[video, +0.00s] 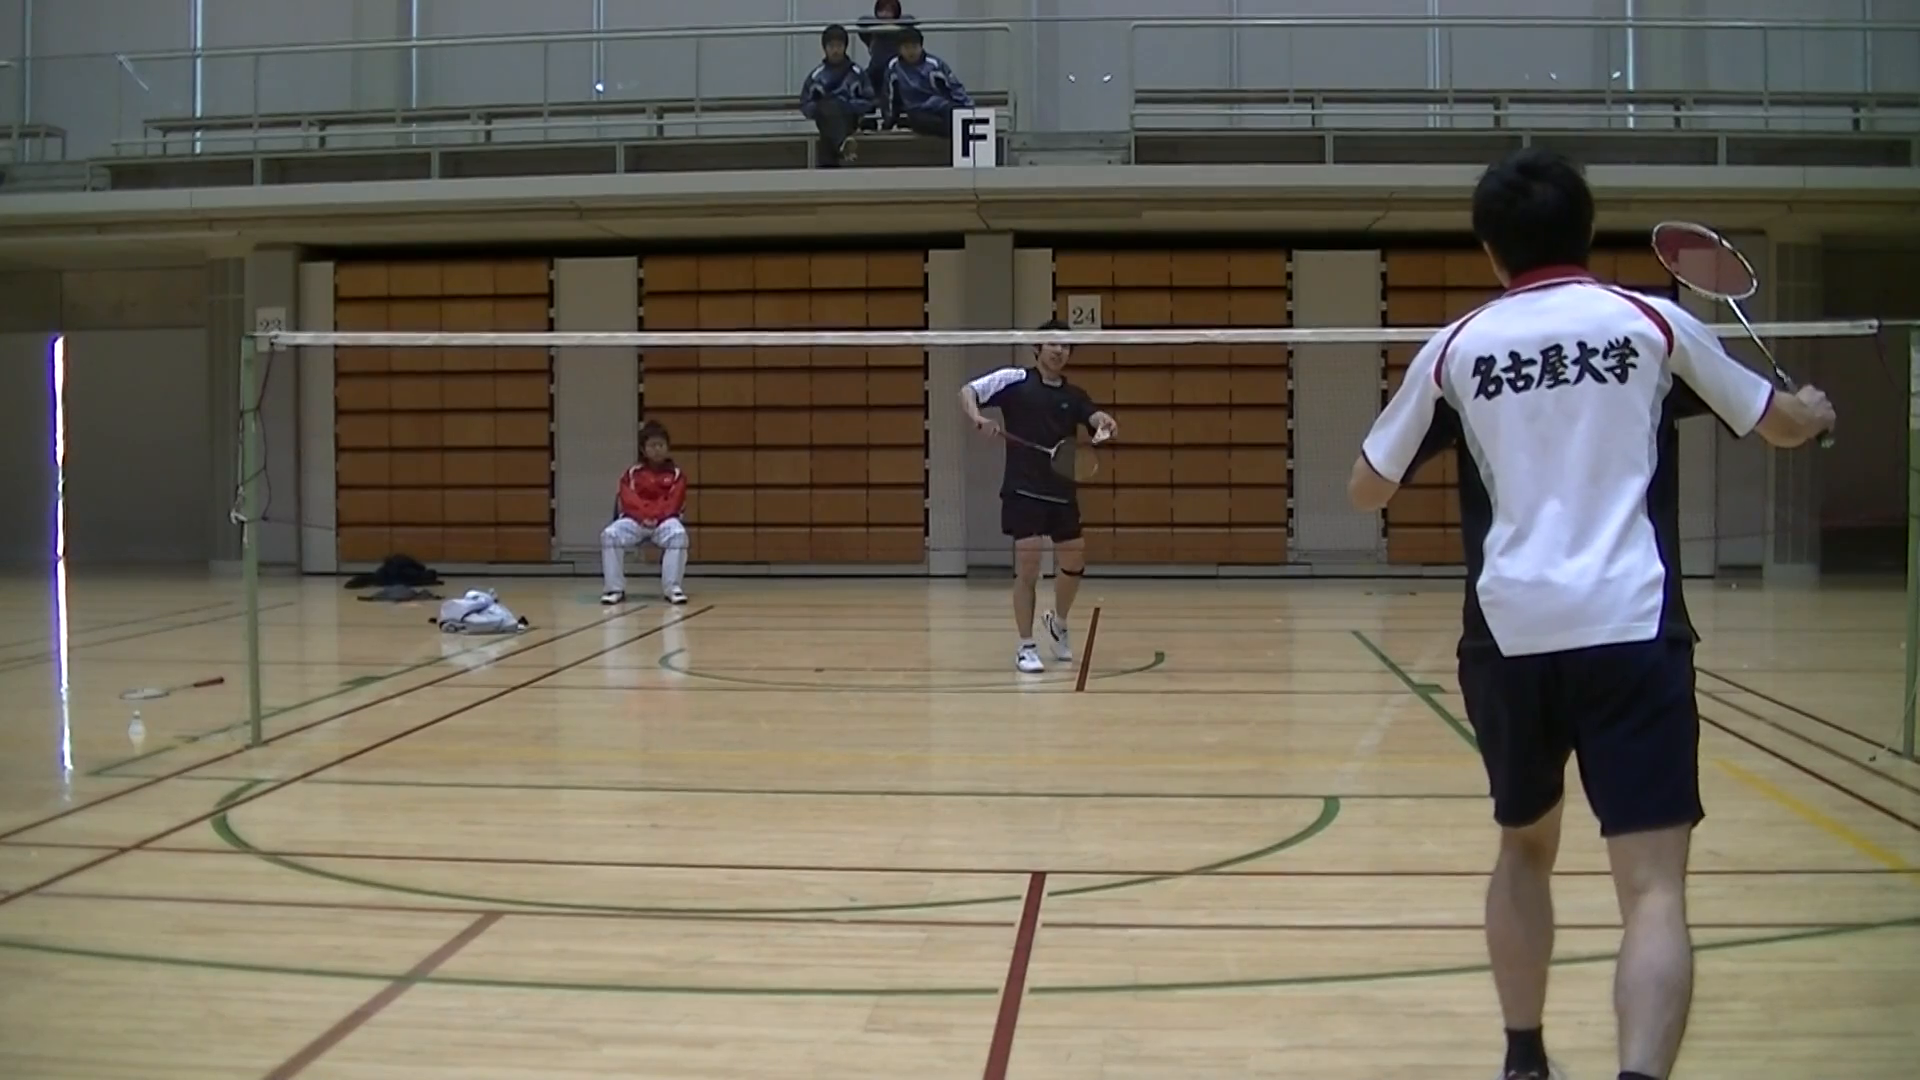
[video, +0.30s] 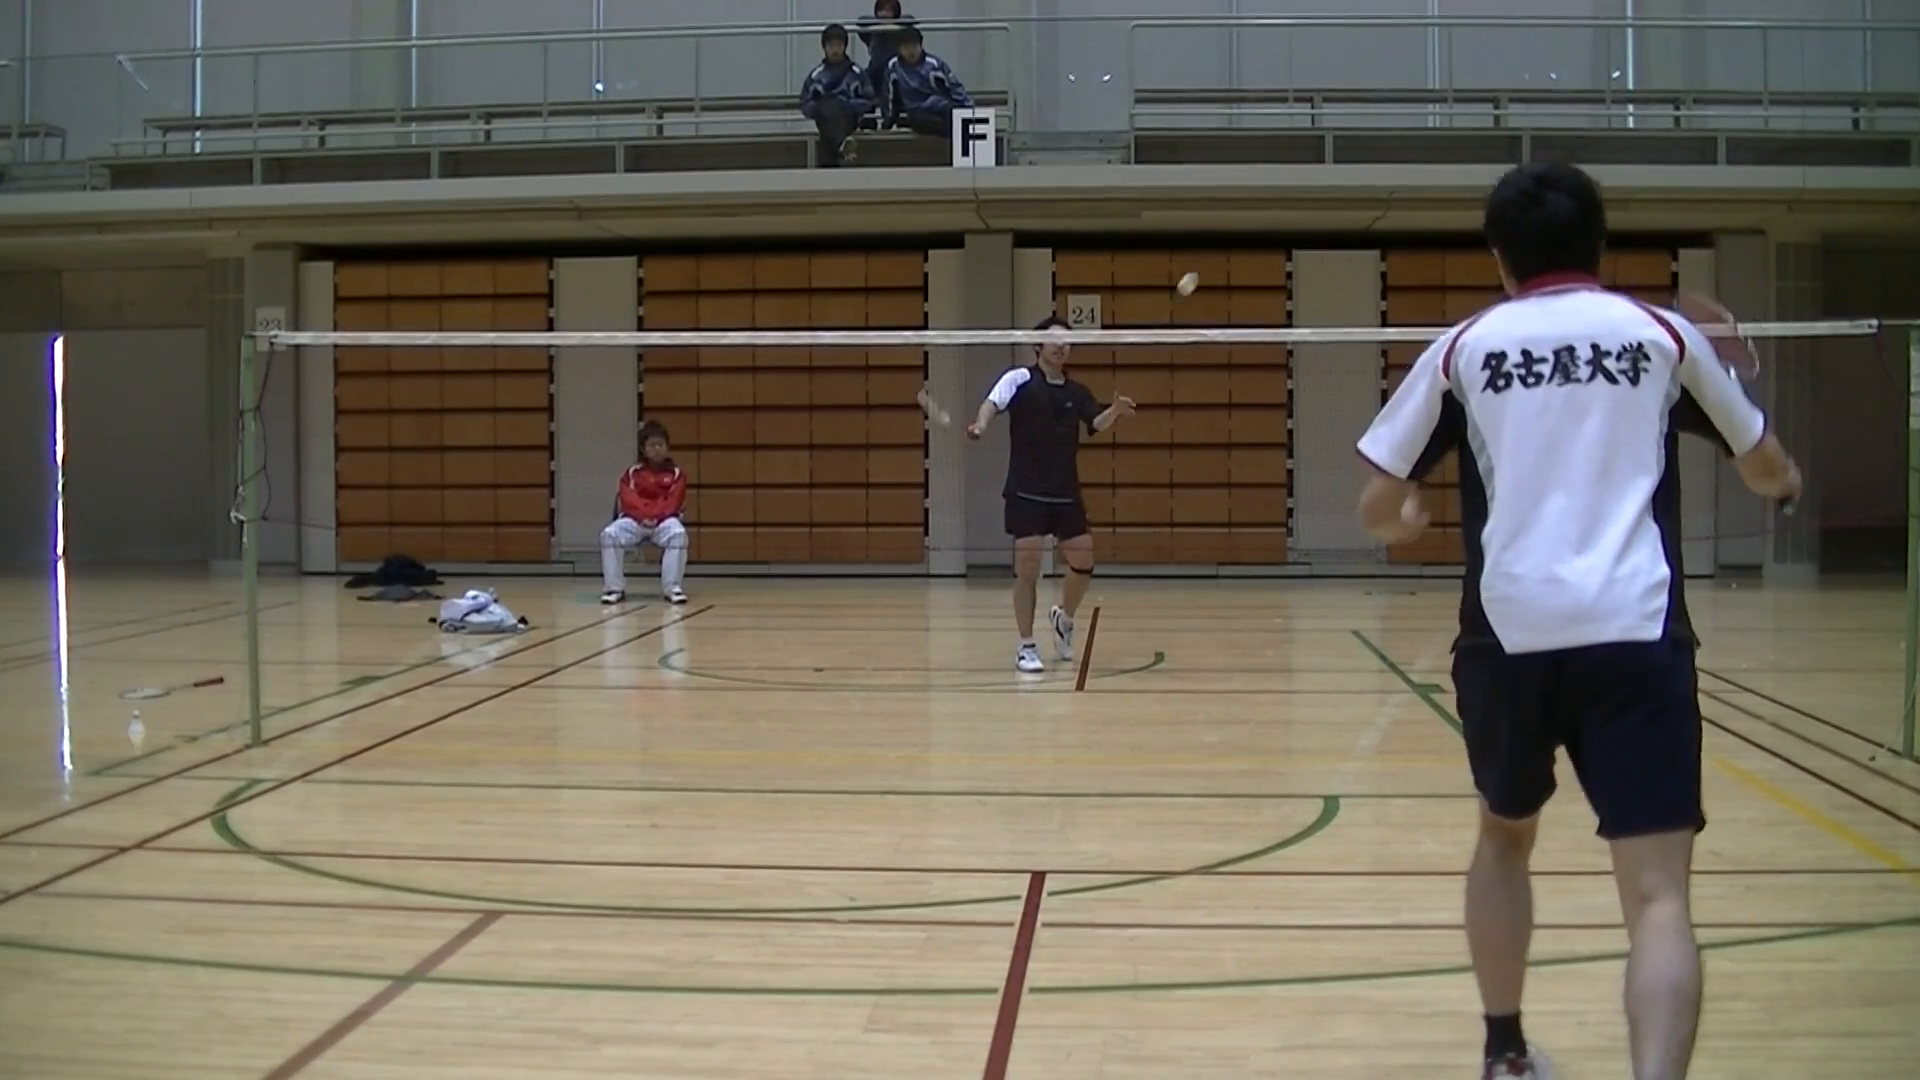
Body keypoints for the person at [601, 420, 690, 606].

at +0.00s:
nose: (657, 450)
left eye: (661, 445)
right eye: (652, 445)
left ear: (667, 447)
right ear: (643, 449)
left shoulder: (676, 475)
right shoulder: (632, 473)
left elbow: (673, 504)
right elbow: (627, 500)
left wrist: (655, 517)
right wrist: (644, 515)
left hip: (664, 520)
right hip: (635, 520)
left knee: (678, 536)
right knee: (610, 535)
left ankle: (673, 587)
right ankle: (615, 589)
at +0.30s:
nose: (657, 449)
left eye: (660, 444)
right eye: (652, 445)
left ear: (667, 447)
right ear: (643, 449)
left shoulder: (676, 474)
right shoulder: (632, 473)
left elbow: (673, 504)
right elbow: (627, 500)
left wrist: (655, 517)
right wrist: (644, 515)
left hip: (663, 520)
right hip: (634, 519)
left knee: (678, 535)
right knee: (610, 535)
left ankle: (672, 587)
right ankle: (614, 589)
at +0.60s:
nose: (656, 449)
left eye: (660, 444)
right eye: (651, 445)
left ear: (667, 447)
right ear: (643, 449)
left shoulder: (676, 474)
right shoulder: (632, 472)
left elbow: (673, 503)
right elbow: (627, 499)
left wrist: (655, 516)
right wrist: (643, 515)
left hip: (663, 519)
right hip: (634, 519)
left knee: (678, 535)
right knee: (609, 535)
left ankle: (672, 587)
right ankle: (614, 588)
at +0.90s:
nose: (656, 449)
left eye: (659, 444)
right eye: (650, 445)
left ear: (666, 447)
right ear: (642, 449)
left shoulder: (675, 474)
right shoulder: (630, 473)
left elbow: (672, 503)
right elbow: (626, 499)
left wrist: (654, 516)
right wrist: (642, 515)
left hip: (662, 519)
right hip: (633, 519)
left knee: (677, 535)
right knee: (609, 535)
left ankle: (671, 587)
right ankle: (613, 589)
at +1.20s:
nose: (697, 449)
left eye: (702, 444)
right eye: (692, 444)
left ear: (708, 447)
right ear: (683, 449)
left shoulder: (716, 475)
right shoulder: (673, 473)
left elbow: (713, 506)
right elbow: (668, 503)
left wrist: (691, 515)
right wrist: (684, 517)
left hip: (704, 520)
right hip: (676, 520)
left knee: (718, 534)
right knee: (651, 534)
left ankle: (714, 587)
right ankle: (654, 589)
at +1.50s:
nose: (692, 448)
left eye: (696, 443)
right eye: (686, 443)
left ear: (702, 445)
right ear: (676, 448)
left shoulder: (710, 472)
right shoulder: (666, 471)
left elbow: (707, 501)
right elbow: (662, 500)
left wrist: (689, 515)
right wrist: (679, 514)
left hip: (698, 518)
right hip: (670, 518)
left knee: (713, 533)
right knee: (644, 533)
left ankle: (706, 585)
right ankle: (648, 587)